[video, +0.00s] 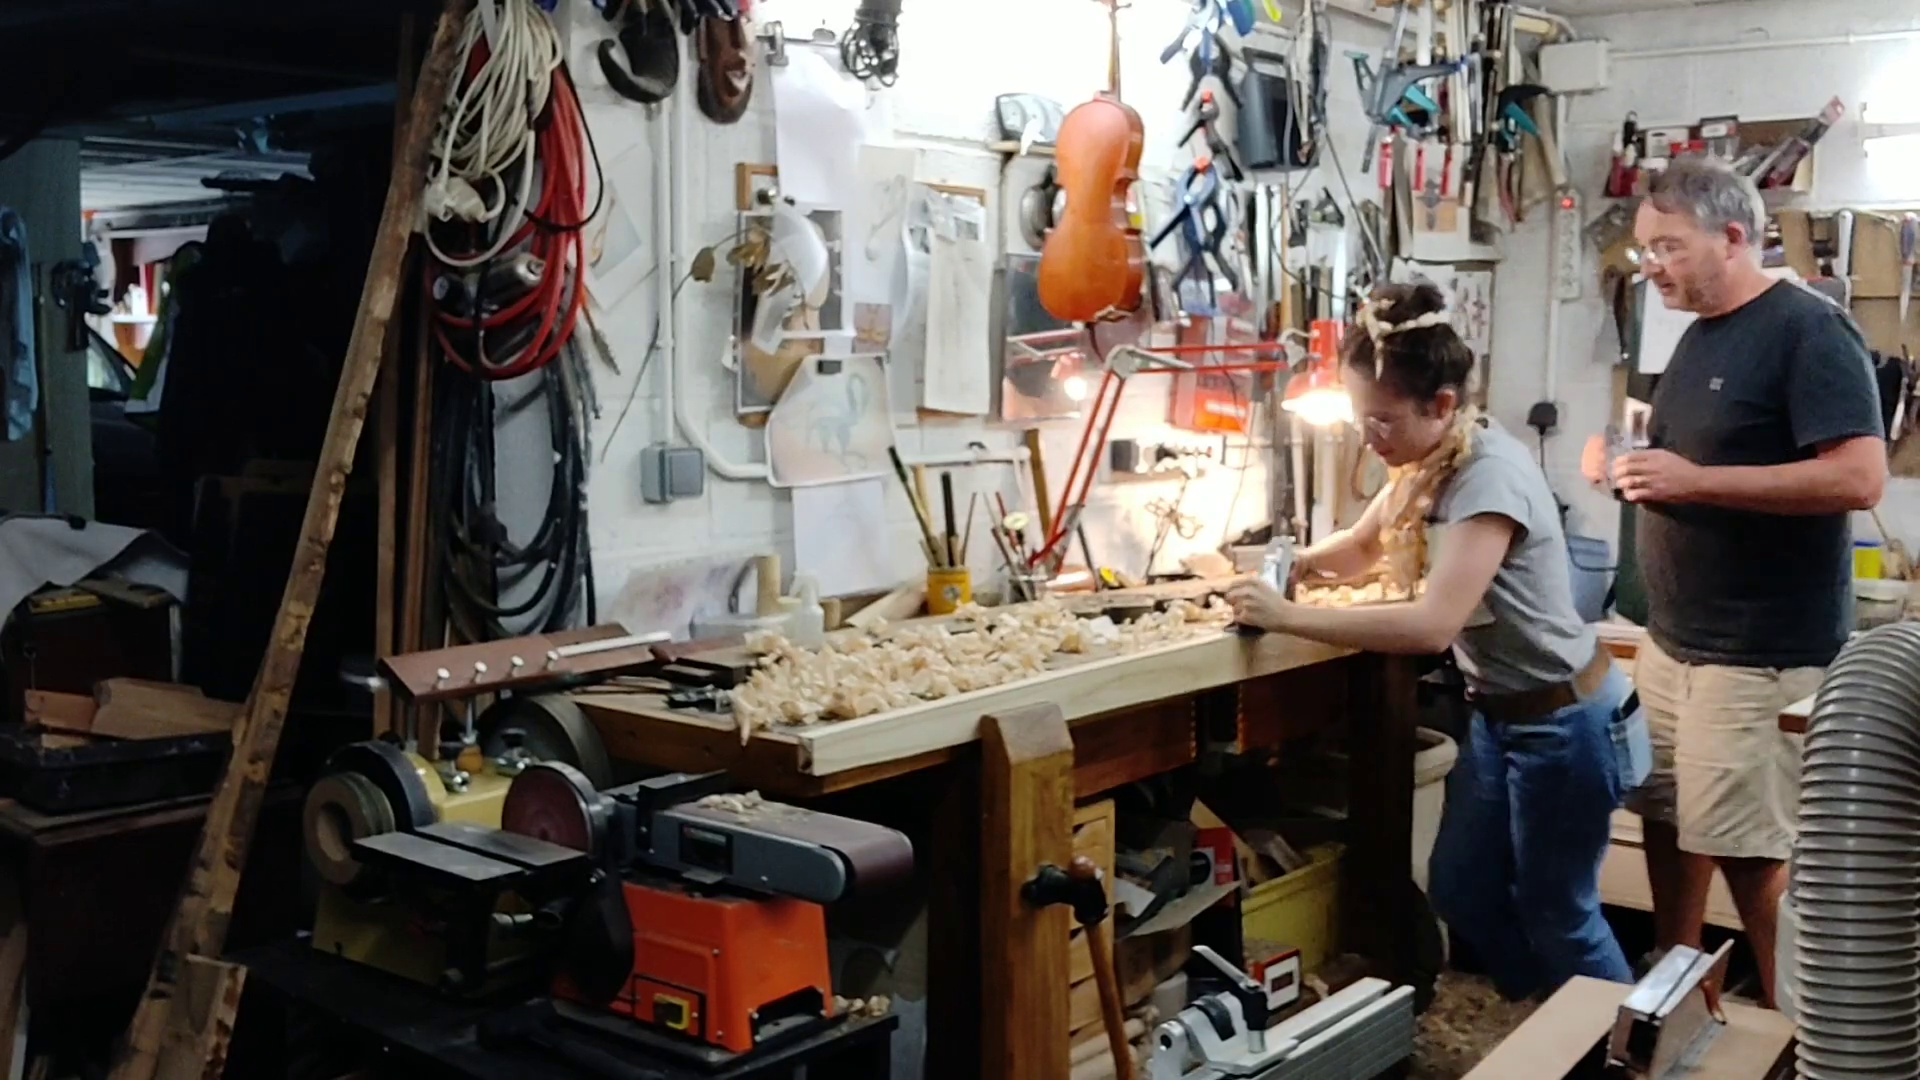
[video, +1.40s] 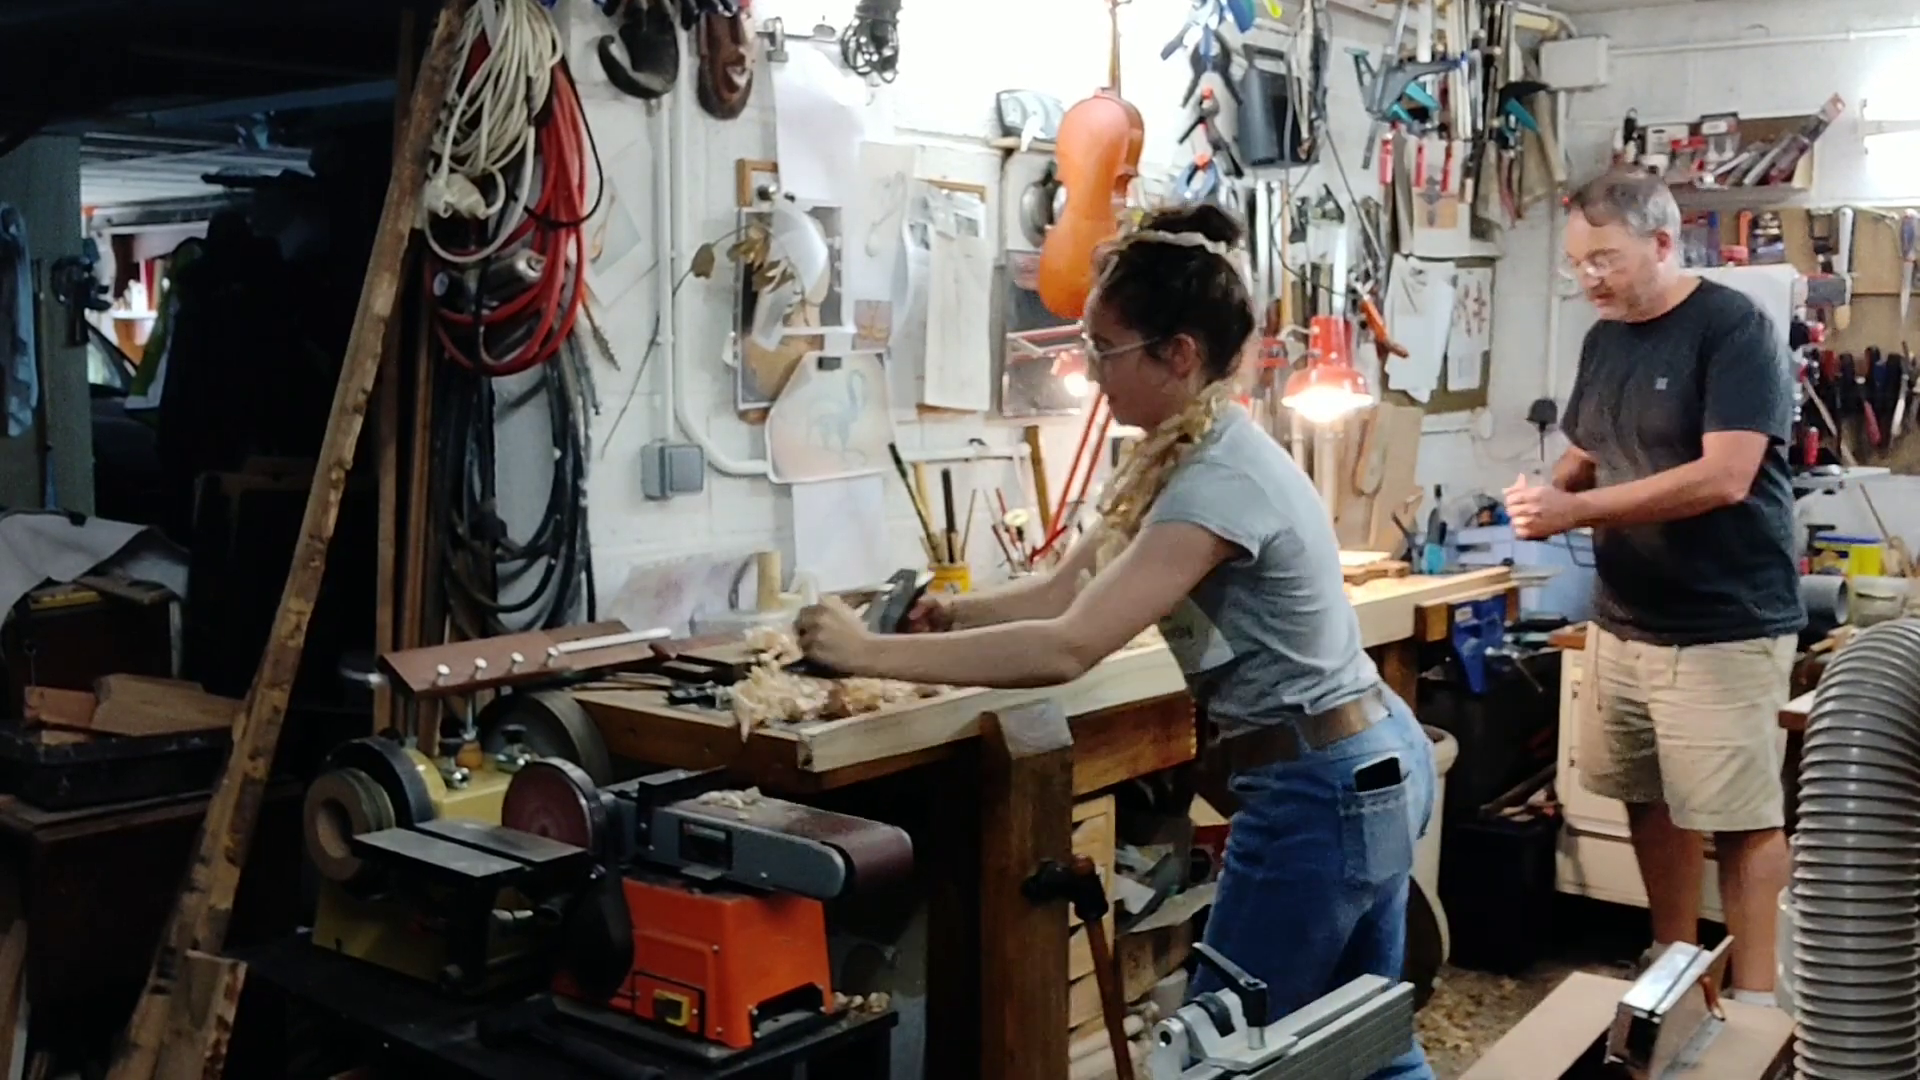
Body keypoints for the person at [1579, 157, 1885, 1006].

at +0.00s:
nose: (1653, 268)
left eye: (1666, 249)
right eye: (1647, 252)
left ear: (1733, 237)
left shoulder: (1812, 326)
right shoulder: (1700, 335)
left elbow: (1861, 476)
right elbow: (1697, 457)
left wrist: (1694, 480)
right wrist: (1630, 460)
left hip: (1762, 650)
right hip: (1674, 632)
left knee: (1754, 845)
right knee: (1673, 820)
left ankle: (1783, 1010)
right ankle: (1677, 982)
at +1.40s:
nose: (1587, 281)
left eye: (1600, 259)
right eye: (1578, 265)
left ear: (1661, 242)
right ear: (1577, 260)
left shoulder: (1736, 325)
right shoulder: (1604, 339)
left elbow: (1725, 477)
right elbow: (1583, 457)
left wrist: (1579, 509)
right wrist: (1547, 491)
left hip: (1727, 631)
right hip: (1625, 623)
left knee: (1742, 822)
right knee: (1649, 805)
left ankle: (1755, 1001)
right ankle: (1673, 968)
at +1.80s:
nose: (1512, 341)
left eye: (1520, 320)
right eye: (1504, 327)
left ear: (1579, 294)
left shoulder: (1666, 361)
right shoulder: (1559, 382)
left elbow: (1665, 520)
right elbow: (1561, 483)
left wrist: (1524, 552)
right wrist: (1501, 527)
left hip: (1710, 629)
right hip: (1615, 630)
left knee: (1710, 816)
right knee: (1620, 805)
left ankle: (1748, 999)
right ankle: (1656, 961)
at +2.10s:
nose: (1492, 386)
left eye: (1494, 368)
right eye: (1483, 372)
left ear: (1537, 332)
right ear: (1529, 334)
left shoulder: (1634, 382)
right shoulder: (1537, 398)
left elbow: (1653, 544)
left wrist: (1539, 552)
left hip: (1702, 627)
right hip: (1605, 627)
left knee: (1694, 819)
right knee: (1608, 807)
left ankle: (1729, 1011)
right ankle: (1664, 969)